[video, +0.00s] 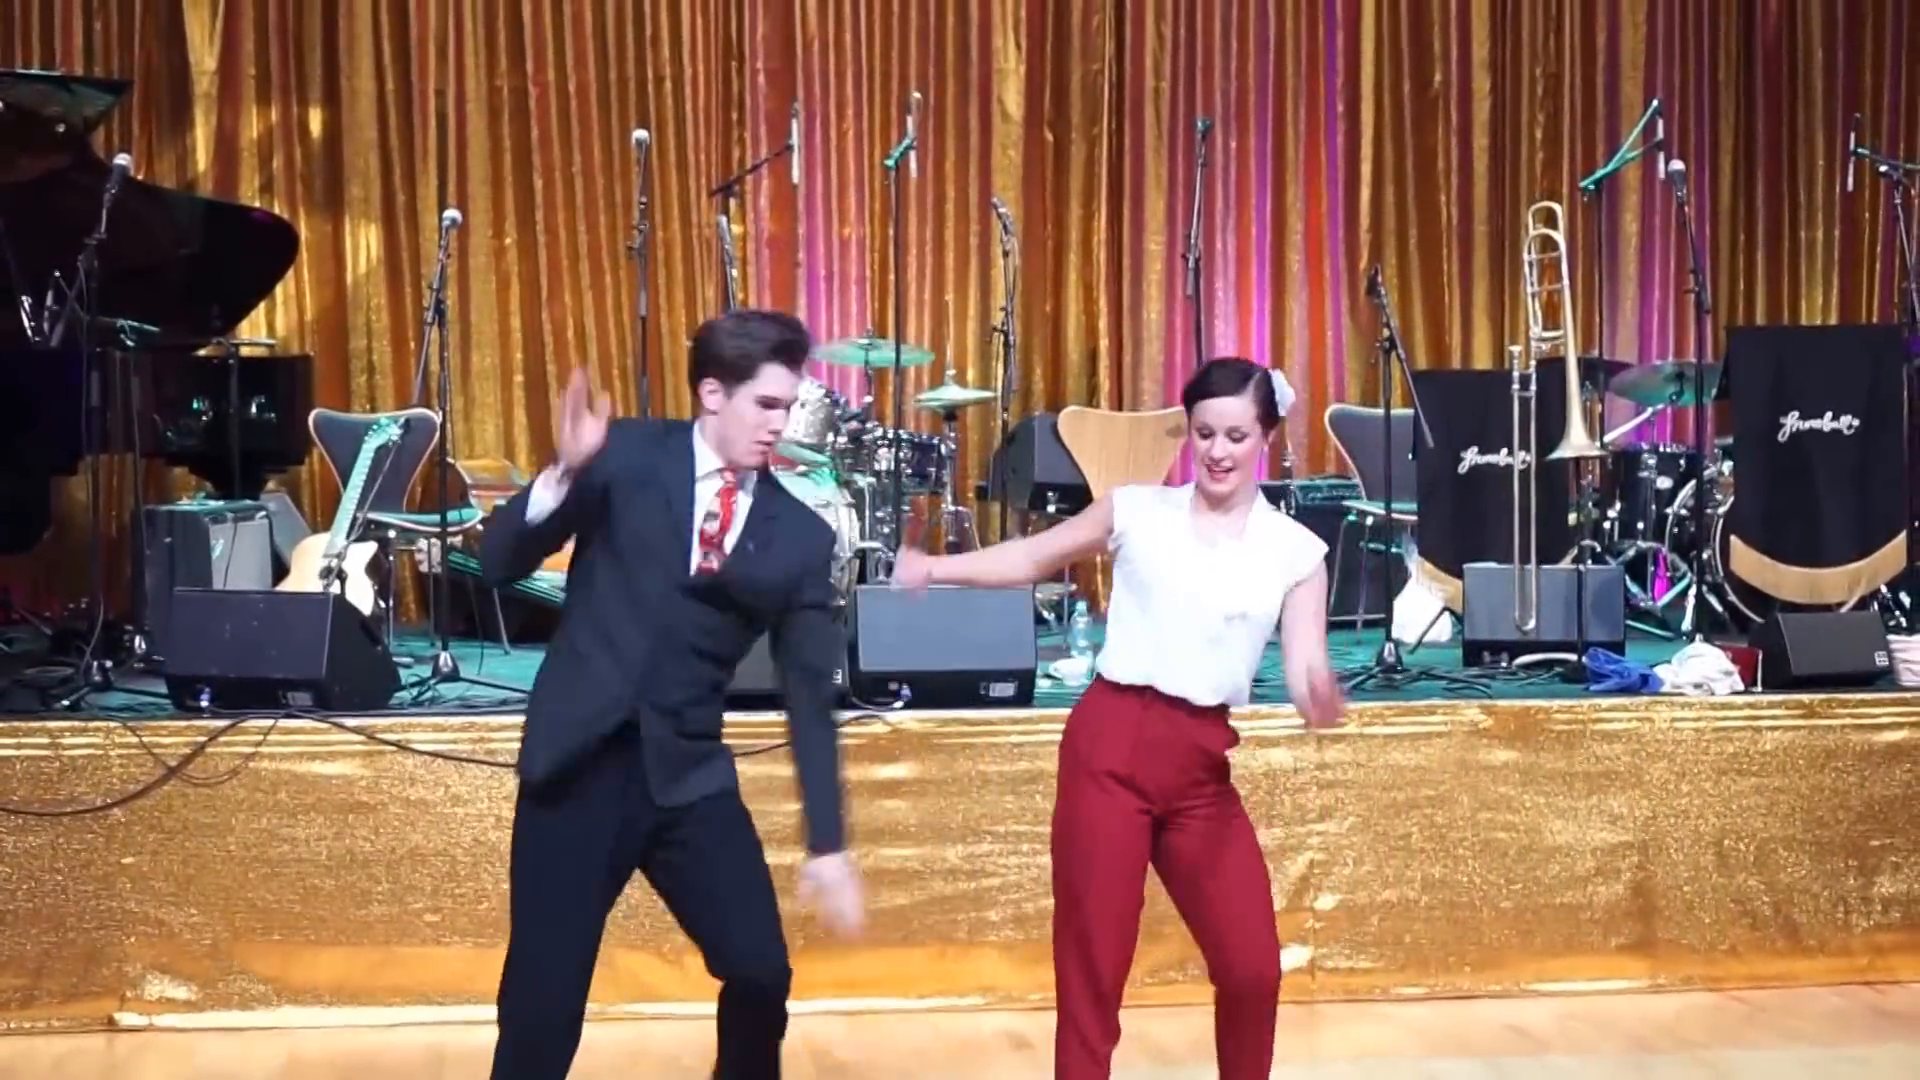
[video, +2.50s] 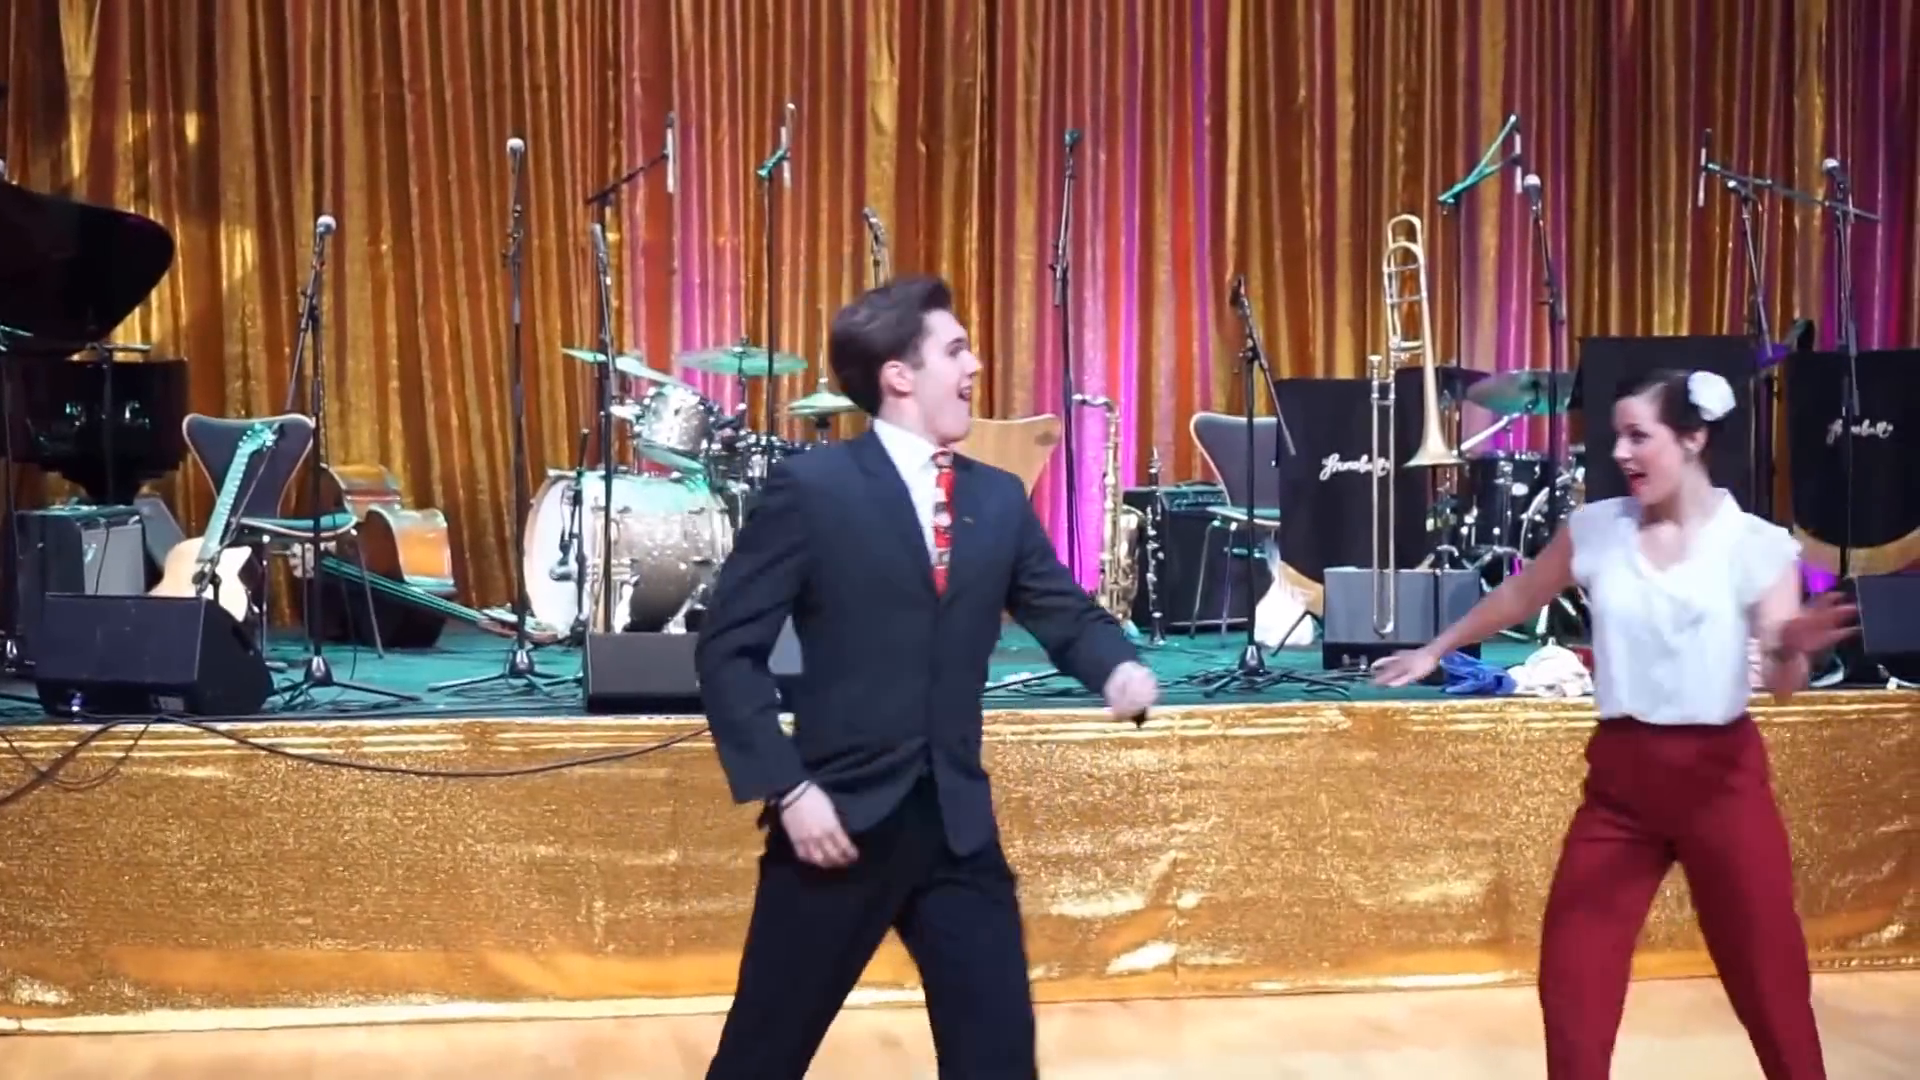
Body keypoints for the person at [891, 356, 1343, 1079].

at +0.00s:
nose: (1217, 451)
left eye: (1235, 435)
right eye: (1205, 433)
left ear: (1267, 437)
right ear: (1188, 433)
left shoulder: (1294, 551)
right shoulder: (1131, 509)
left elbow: (1310, 684)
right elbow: (1031, 557)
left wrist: (1324, 701)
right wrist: (934, 567)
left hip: (1199, 770)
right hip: (1107, 753)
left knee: (1253, 973)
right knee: (1093, 981)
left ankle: (1245, 1079)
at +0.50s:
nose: (1239, 487)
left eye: (1255, 471)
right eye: (1223, 468)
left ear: (1274, 468)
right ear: (1190, 458)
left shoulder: (1289, 557)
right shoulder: (1127, 555)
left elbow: (1405, 625)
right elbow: (1068, 666)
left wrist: (1434, 528)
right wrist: (1041, 791)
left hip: (1250, 801)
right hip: (1150, 796)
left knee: (1207, 1008)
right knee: (1171, 994)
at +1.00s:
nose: (1520, 460)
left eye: (1523, 441)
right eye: (1506, 441)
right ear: (1449, 443)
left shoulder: (1540, 509)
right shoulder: (1368, 532)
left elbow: (1623, 564)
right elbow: (1243, 602)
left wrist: (1686, 588)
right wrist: (1250, 565)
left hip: (1522, 792)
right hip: (1408, 796)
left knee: (1588, 1023)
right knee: (1387, 1033)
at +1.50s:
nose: (1735, 482)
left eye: (1734, 466)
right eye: (1723, 466)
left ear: (1676, 476)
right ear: (1671, 476)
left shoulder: (1743, 549)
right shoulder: (1587, 588)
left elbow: (1776, 650)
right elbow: (1607, 731)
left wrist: (1854, 708)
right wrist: (1688, 816)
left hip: (1745, 796)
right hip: (1640, 811)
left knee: (1861, 971)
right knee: (1665, 1044)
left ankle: (1785, 999)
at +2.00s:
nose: (1903, 462)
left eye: (1903, 444)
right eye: (1893, 445)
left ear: (1849, 452)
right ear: (1842, 450)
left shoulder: (1878, 551)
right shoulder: (1725, 537)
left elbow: (1906, 675)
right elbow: (1640, 643)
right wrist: (1553, 735)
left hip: (1858, 790)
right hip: (1758, 793)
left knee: (1881, 1015)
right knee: (1749, 1027)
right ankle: (1645, 969)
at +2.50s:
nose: (1622, 453)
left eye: (1638, 436)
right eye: (1618, 438)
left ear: (1694, 440)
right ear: (1617, 444)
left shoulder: (1760, 548)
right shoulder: (1591, 531)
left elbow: (1782, 684)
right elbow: (1515, 599)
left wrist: (1795, 650)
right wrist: (1435, 651)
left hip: (1725, 792)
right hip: (1617, 794)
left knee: (1776, 1008)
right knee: (1572, 1002)